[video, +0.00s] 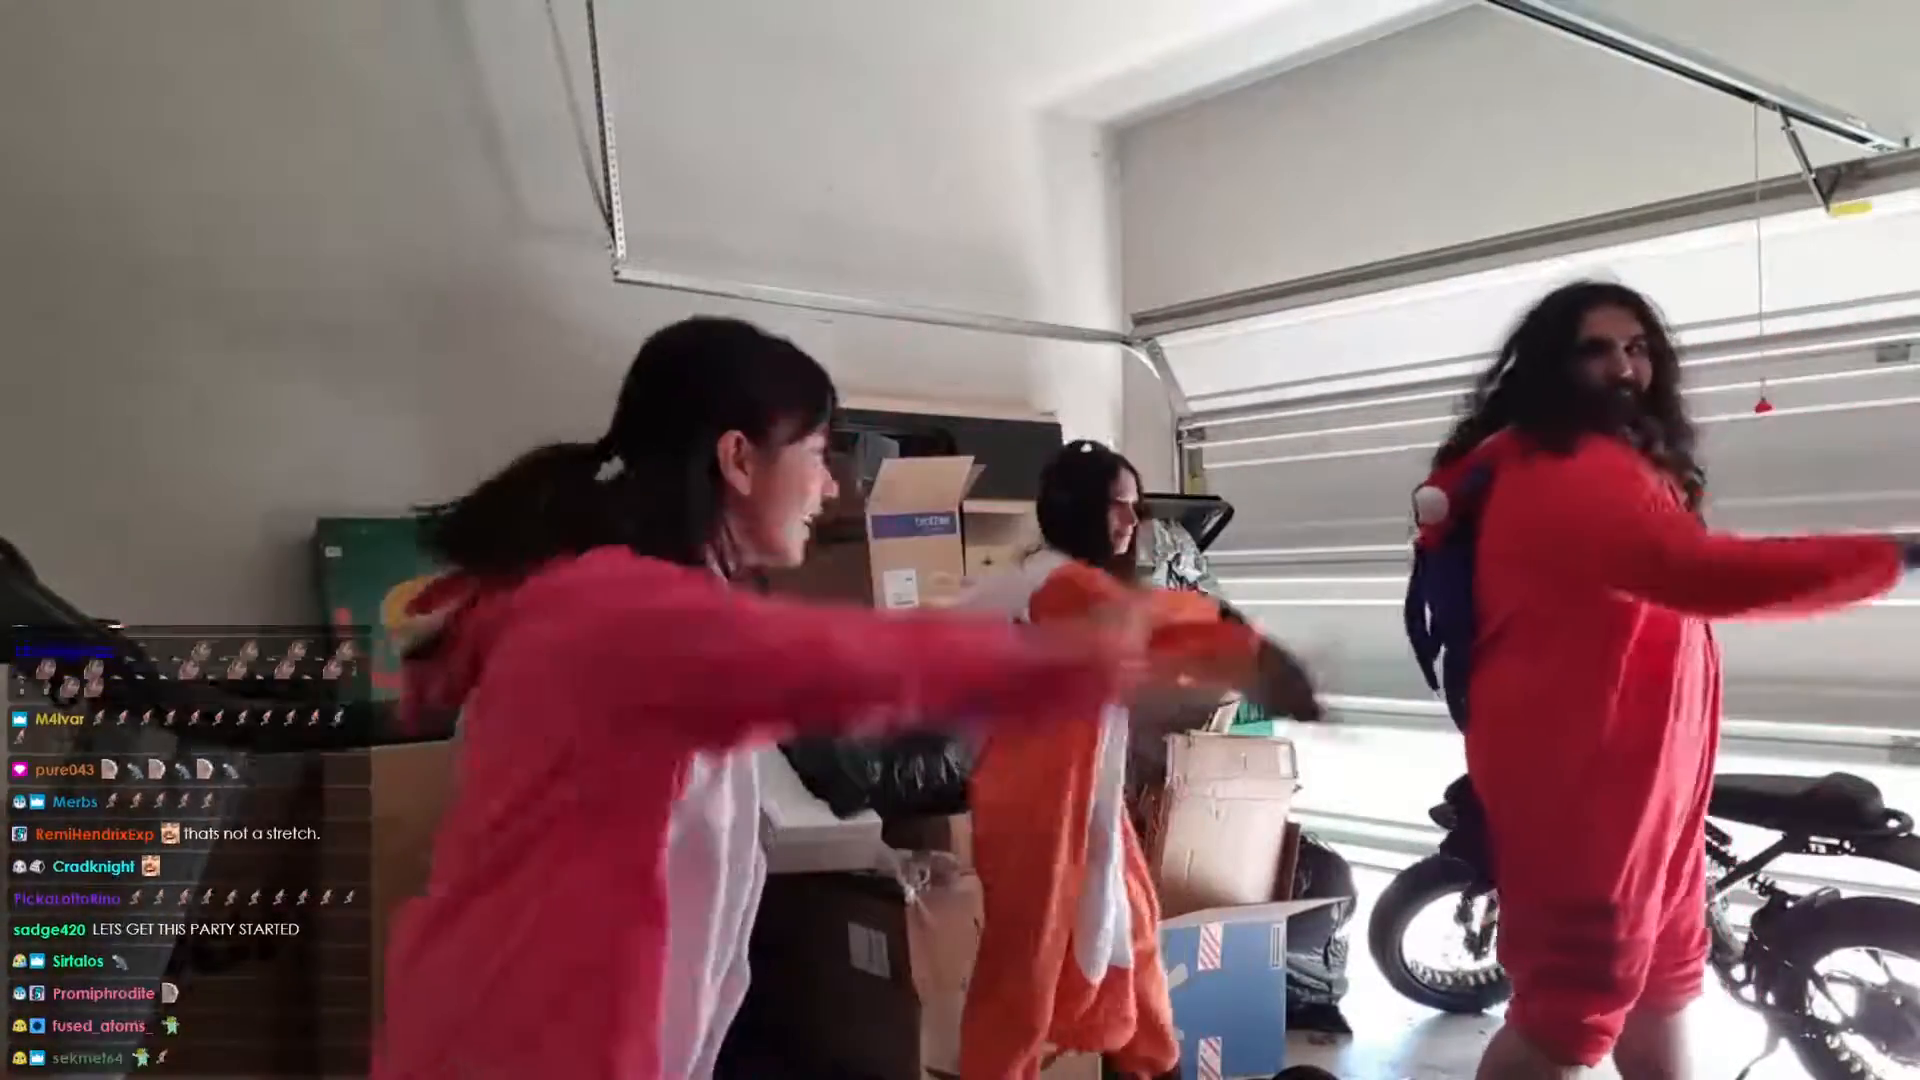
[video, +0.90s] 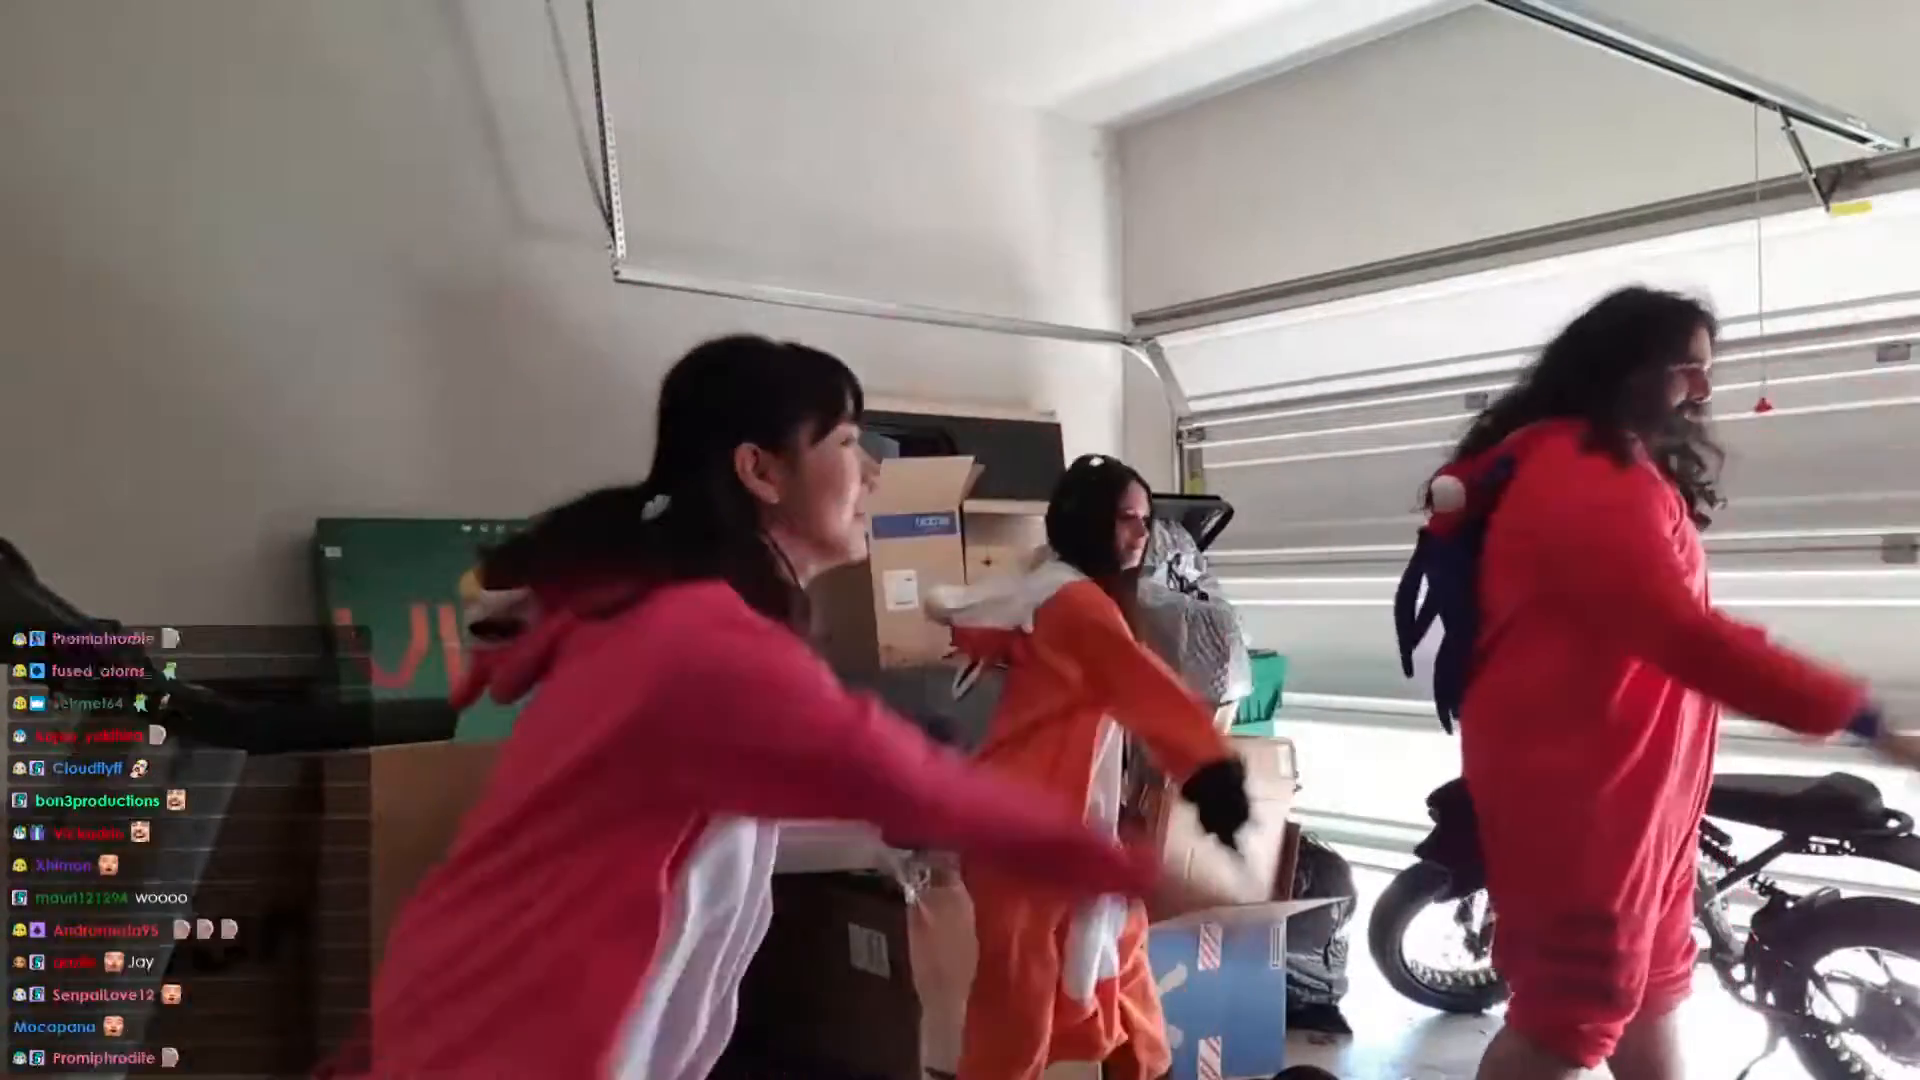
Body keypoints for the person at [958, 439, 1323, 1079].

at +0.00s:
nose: (1132, 521)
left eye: (1135, 507)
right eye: (1118, 506)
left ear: (1137, 510)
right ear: (1078, 510)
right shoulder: (1064, 585)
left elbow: (1191, 622)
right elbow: (1151, 620)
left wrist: (1257, 659)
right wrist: (1248, 651)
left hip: (1091, 804)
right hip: (1037, 806)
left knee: (1129, 927)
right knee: (1028, 959)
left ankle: (1142, 1061)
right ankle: (1002, 1068)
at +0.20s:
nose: (1133, 563)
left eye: (1136, 549)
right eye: (1119, 549)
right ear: (1084, 551)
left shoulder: (1080, 628)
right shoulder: (1068, 631)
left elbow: (1112, 752)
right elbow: (1070, 755)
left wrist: (1126, 867)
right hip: (1004, 843)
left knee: (1154, 974)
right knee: (1021, 1013)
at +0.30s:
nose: (1113, 531)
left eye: (1119, 518)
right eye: (1099, 518)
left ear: (1124, 521)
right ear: (1063, 522)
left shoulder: (1082, 599)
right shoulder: (1057, 600)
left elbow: (1153, 685)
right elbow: (1128, 698)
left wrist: (1225, 759)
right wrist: (1227, 774)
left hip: (1081, 825)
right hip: (1031, 823)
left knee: (1163, 971)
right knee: (1034, 980)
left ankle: (1155, 1073)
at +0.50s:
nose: (1105, 539)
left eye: (1109, 525)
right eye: (1090, 526)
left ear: (1111, 529)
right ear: (1053, 532)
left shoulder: (1086, 605)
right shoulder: (1043, 609)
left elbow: (1159, 571)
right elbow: (1155, 591)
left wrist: (1237, 498)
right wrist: (1241, 503)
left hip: (1143, 805)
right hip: (1084, 813)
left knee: (1197, 971)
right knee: (1067, 981)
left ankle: (1158, 1071)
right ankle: (1019, 1064)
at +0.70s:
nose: (1110, 540)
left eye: (1114, 526)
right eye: (1096, 527)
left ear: (1117, 527)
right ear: (1057, 532)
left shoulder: (1096, 598)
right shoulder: (1052, 608)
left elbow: (1161, 552)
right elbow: (1159, 596)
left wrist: (1228, 507)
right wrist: (1265, 528)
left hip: (1138, 798)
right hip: (1083, 814)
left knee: (1193, 964)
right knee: (1094, 972)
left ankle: (1185, 1071)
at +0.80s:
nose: (1120, 518)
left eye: (1123, 507)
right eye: (1109, 505)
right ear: (1073, 509)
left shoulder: (1064, 586)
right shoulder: (1063, 586)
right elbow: (1157, 624)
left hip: (1099, 789)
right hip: (1054, 794)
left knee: (1158, 923)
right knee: (1054, 941)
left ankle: (1162, 1063)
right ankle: (1020, 1063)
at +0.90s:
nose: (1141, 536)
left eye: (1145, 521)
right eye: (1128, 520)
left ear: (1146, 524)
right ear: (1088, 523)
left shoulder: (1082, 596)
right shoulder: (1075, 600)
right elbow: (1139, 685)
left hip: (1074, 819)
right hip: (1021, 822)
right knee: (1019, 995)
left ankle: (1142, 1065)